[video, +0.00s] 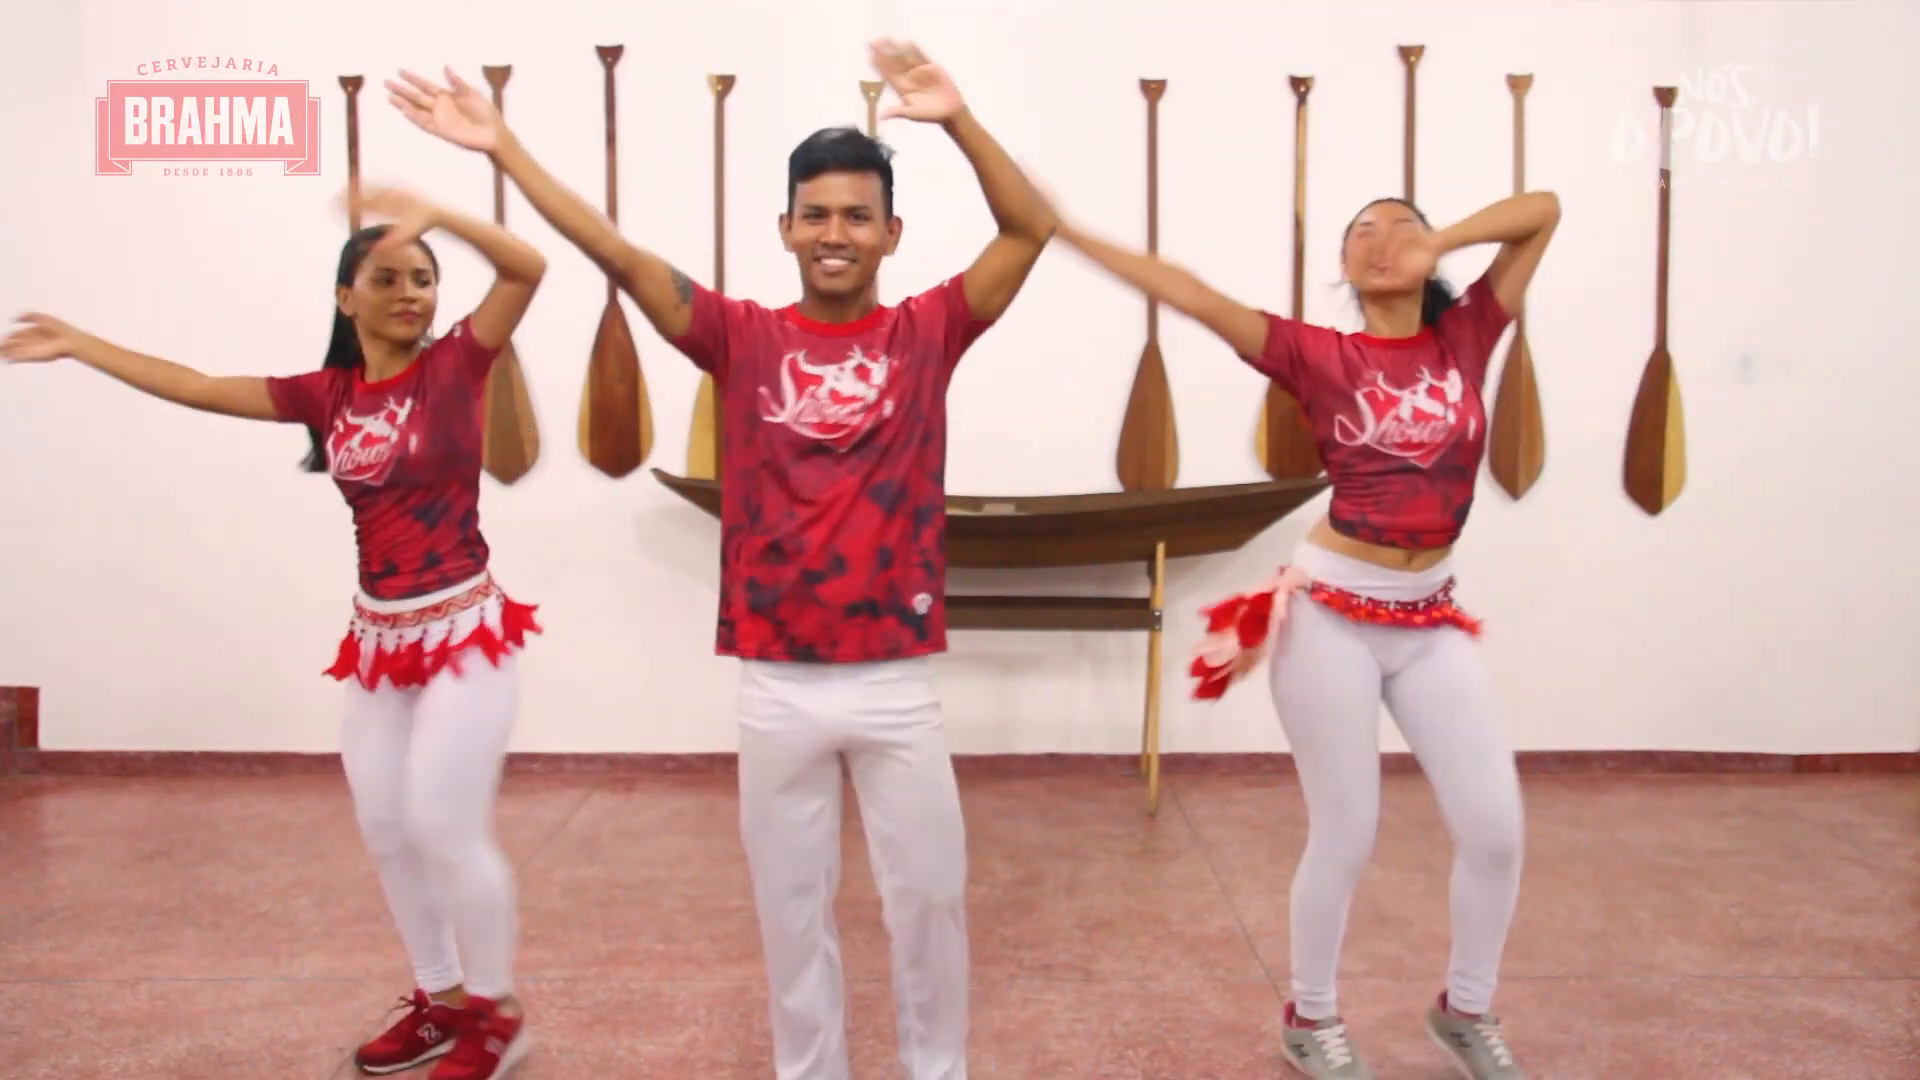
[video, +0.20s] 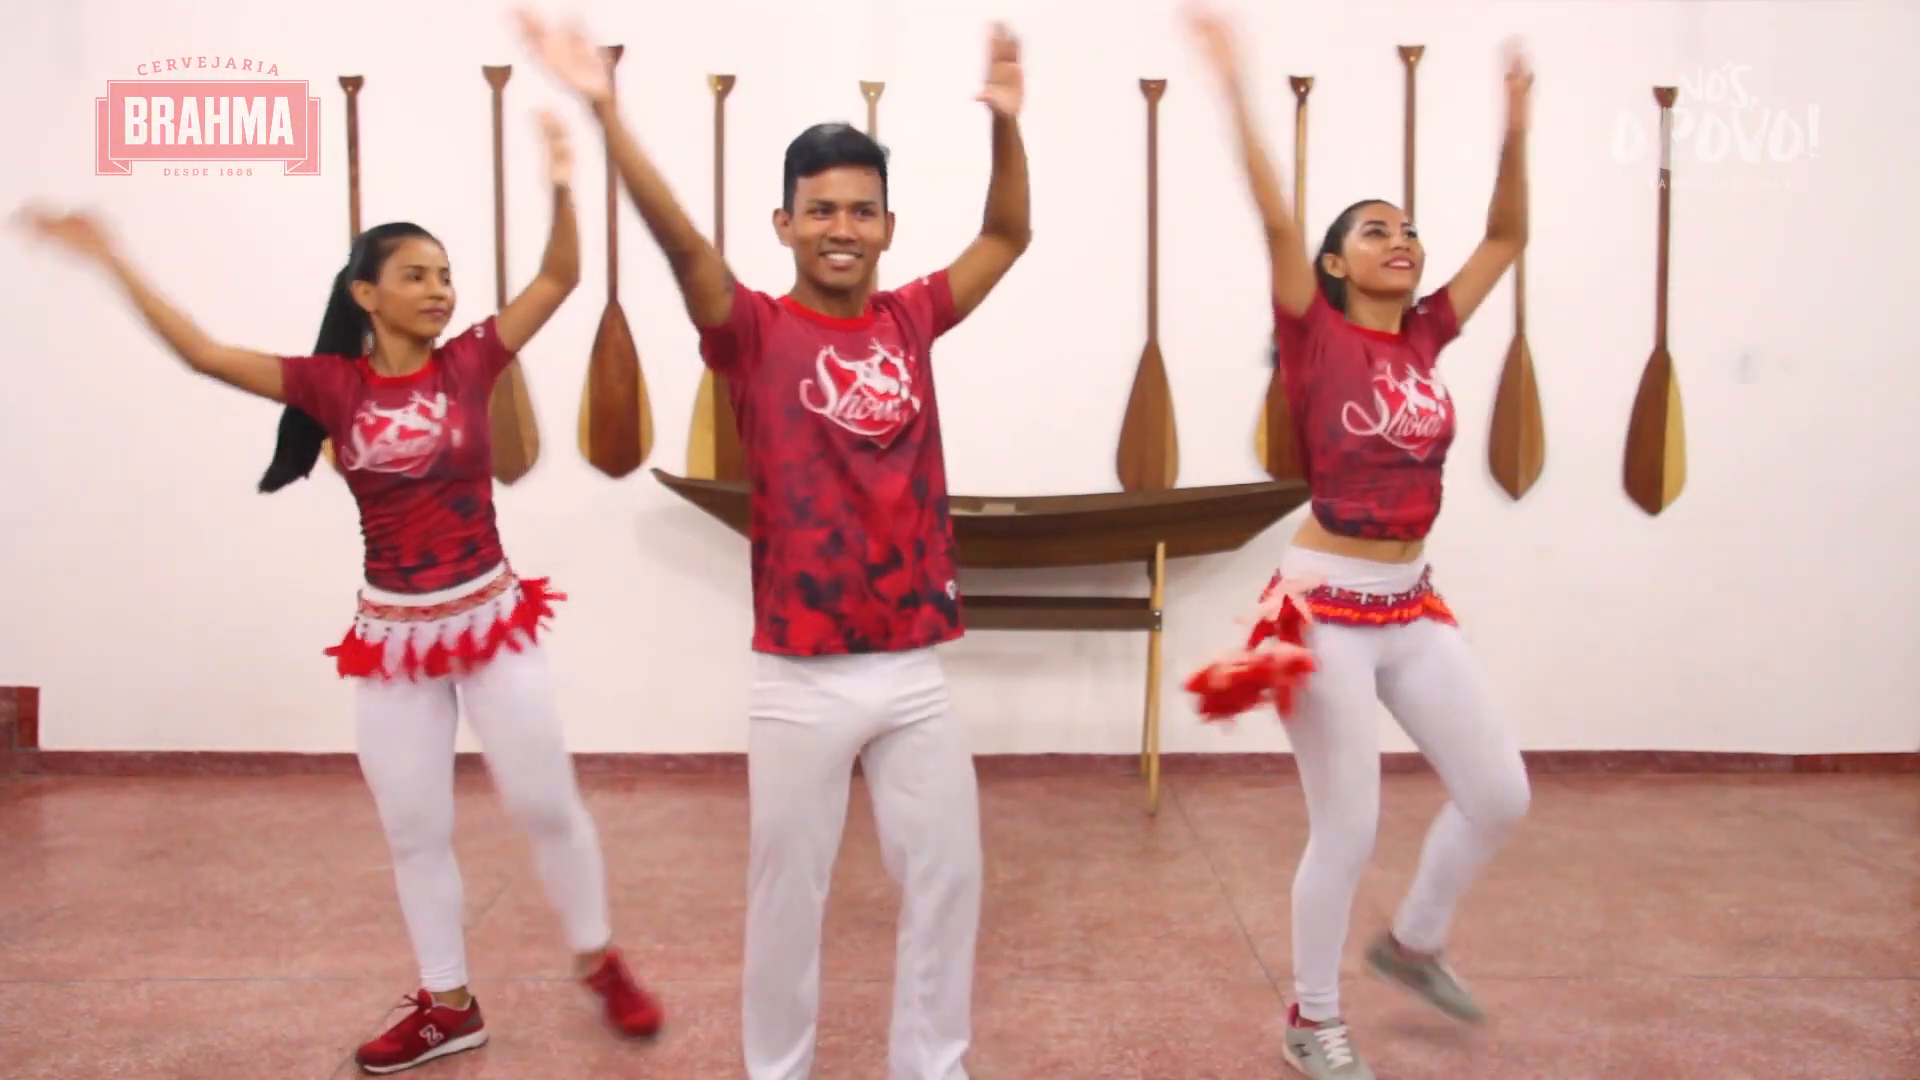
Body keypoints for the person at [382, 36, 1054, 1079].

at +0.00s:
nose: (834, 233)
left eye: (856, 215)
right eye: (815, 214)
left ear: (890, 230)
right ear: (786, 227)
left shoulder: (924, 333)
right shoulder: (742, 335)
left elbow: (1027, 232)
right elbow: (616, 251)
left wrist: (960, 116)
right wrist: (503, 145)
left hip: (899, 682)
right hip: (779, 685)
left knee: (931, 902)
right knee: (793, 920)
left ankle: (939, 1073)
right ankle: (811, 1075)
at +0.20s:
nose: (841, 226)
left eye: (861, 209)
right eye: (820, 209)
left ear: (888, 227)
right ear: (784, 223)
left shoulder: (910, 321)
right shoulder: (752, 332)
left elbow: (1006, 235)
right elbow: (682, 238)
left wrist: (1007, 126)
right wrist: (607, 108)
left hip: (911, 671)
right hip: (800, 677)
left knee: (949, 880)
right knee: (787, 896)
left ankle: (933, 1068)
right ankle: (778, 1067)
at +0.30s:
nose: (850, 232)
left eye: (869, 216)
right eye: (827, 214)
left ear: (887, 232)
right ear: (786, 231)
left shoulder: (900, 323)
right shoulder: (760, 337)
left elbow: (992, 248)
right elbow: (715, 239)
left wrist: (1032, 135)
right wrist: (681, 87)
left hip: (908, 670)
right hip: (806, 679)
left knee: (974, 857)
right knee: (799, 894)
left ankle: (946, 1070)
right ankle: (774, 1072)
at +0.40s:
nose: (856, 234)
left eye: (873, 217)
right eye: (834, 216)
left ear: (894, 234)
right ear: (786, 234)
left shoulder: (900, 324)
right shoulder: (770, 341)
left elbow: (988, 253)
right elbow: (750, 234)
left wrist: (1063, 144)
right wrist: (744, 82)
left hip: (909, 664)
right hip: (810, 678)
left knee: (994, 829)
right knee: (803, 888)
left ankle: (968, 1044)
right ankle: (782, 1069)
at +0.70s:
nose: (903, 257)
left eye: (919, 240)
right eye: (885, 241)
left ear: (942, 255)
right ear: (852, 257)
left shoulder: (965, 354)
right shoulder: (829, 363)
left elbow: (1059, 279)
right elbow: (827, 245)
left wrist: (1155, 205)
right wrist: (903, 112)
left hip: (974, 672)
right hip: (871, 679)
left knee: (997, 849)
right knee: (828, 884)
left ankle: (1017, 1008)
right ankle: (785, 1071)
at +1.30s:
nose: (987, 252)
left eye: (1007, 237)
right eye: (971, 237)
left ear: (1040, 254)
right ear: (953, 250)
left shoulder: (1077, 346)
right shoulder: (918, 337)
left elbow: (1196, 310)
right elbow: (848, 236)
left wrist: (1323, 272)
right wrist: (959, 188)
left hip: (1058, 641)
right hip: (956, 640)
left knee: (1055, 843)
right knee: (943, 835)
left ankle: (1043, 1007)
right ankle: (945, 1012)